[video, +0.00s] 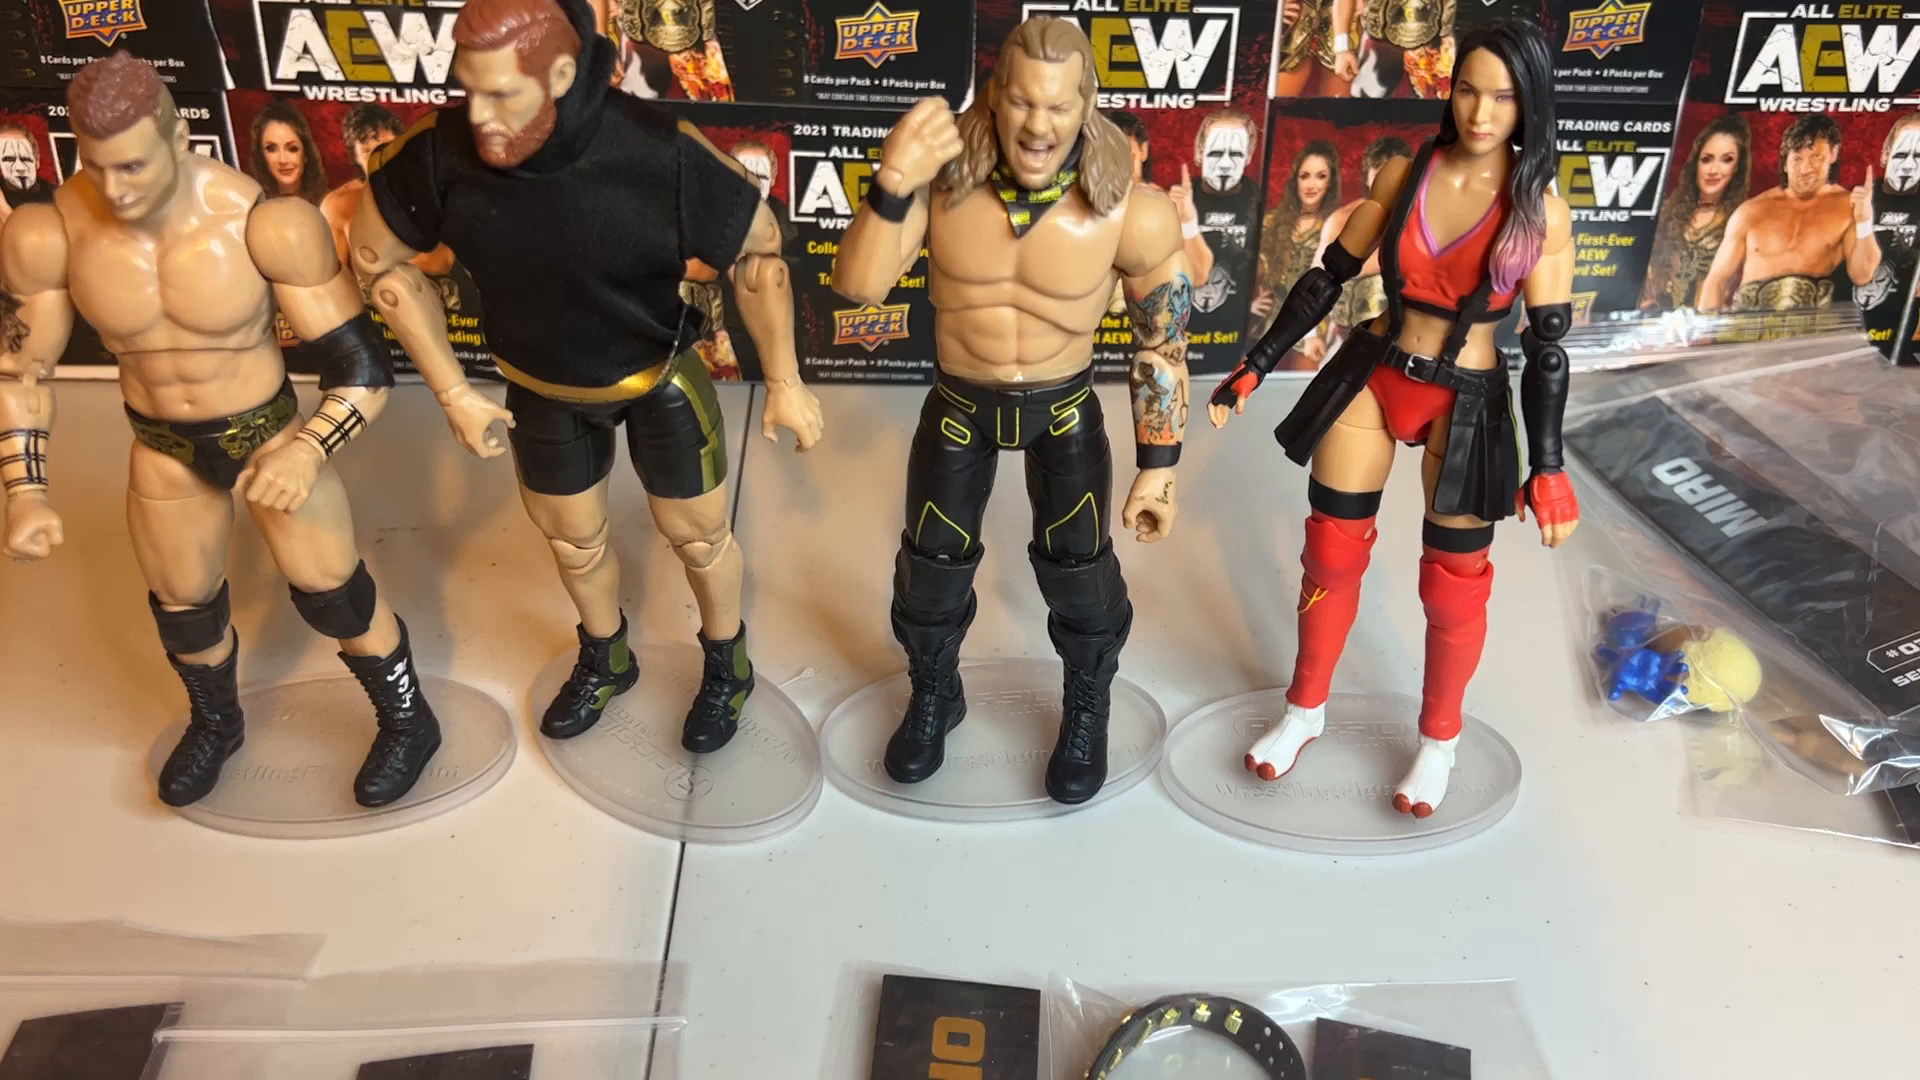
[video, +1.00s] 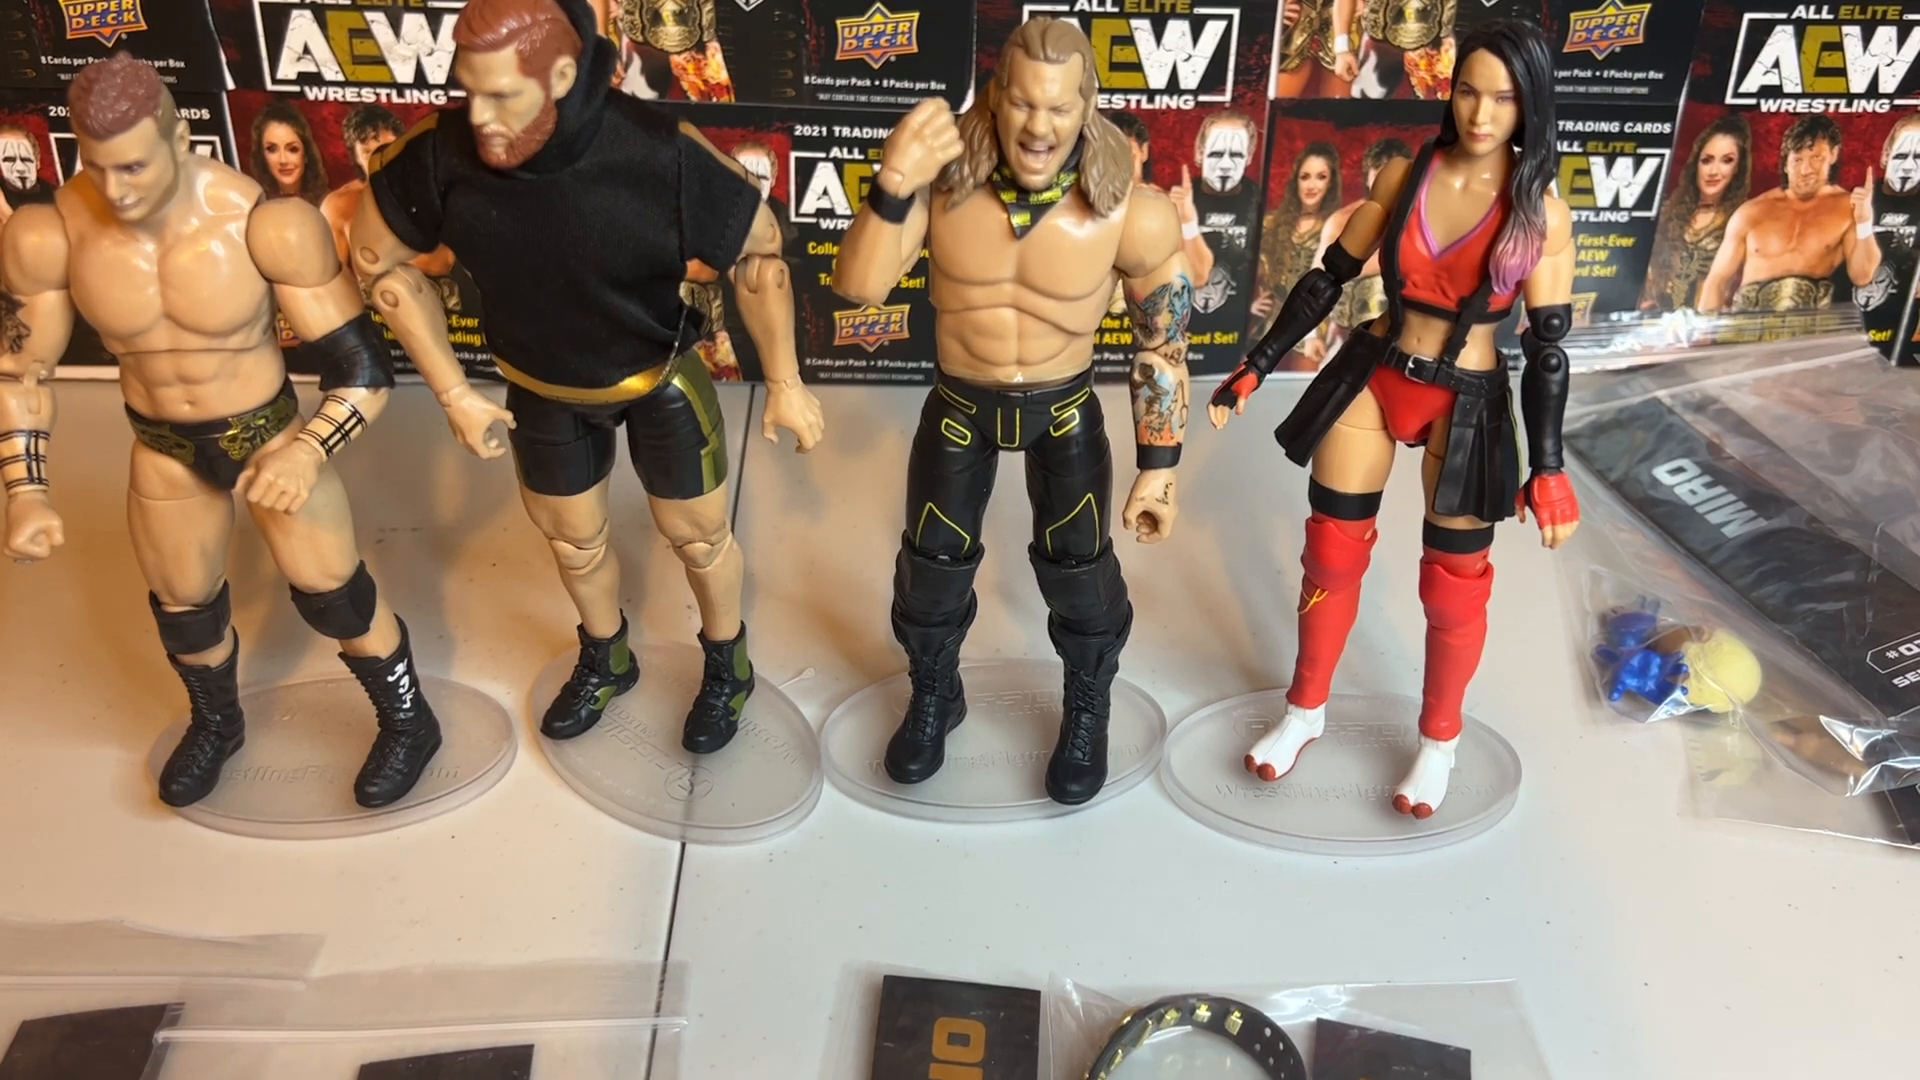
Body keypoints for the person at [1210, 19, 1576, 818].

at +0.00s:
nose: (1479, 112)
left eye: (1500, 98)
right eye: (1468, 92)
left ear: (1529, 108)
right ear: (1450, 92)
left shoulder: (1539, 207)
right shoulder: (1405, 173)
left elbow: (1548, 343)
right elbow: (1332, 272)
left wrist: (1548, 464)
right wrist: (1255, 362)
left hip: (1466, 403)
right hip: (1372, 381)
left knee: (1453, 588)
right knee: (1331, 558)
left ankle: (1437, 740)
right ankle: (1304, 708)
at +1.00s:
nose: (1479, 113)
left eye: (1500, 98)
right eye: (1468, 93)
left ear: (1528, 108)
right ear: (1450, 93)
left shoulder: (1540, 208)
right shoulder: (1406, 175)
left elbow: (1548, 343)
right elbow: (1332, 273)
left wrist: (1548, 465)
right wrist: (1255, 364)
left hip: (1466, 403)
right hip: (1371, 382)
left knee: (1453, 589)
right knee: (1331, 559)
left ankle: (1437, 742)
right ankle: (1304, 709)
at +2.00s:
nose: (1479, 113)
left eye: (1500, 99)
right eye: (1469, 93)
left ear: (1528, 108)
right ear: (1450, 94)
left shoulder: (1539, 210)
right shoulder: (1405, 175)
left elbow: (1549, 345)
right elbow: (1332, 274)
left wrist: (1548, 465)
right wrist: (1256, 364)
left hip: (1467, 404)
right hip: (1372, 381)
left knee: (1453, 589)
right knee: (1331, 558)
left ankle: (1437, 741)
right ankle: (1304, 709)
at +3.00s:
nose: (1479, 113)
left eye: (1500, 98)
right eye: (1469, 93)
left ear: (1528, 108)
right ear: (1450, 93)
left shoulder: (1540, 208)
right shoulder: (1406, 174)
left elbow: (1548, 343)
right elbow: (1332, 273)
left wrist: (1548, 464)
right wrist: (1256, 363)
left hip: (1466, 404)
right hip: (1371, 383)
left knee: (1454, 590)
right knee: (1331, 559)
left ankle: (1438, 741)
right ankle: (1304, 710)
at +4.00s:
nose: (1479, 113)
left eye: (1501, 99)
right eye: (1469, 93)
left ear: (1528, 108)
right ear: (1450, 93)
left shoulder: (1540, 209)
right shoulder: (1407, 174)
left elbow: (1549, 344)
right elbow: (1333, 273)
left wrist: (1549, 465)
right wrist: (1257, 363)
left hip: (1466, 405)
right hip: (1371, 382)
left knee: (1454, 590)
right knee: (1331, 560)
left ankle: (1437, 742)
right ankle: (1304, 710)